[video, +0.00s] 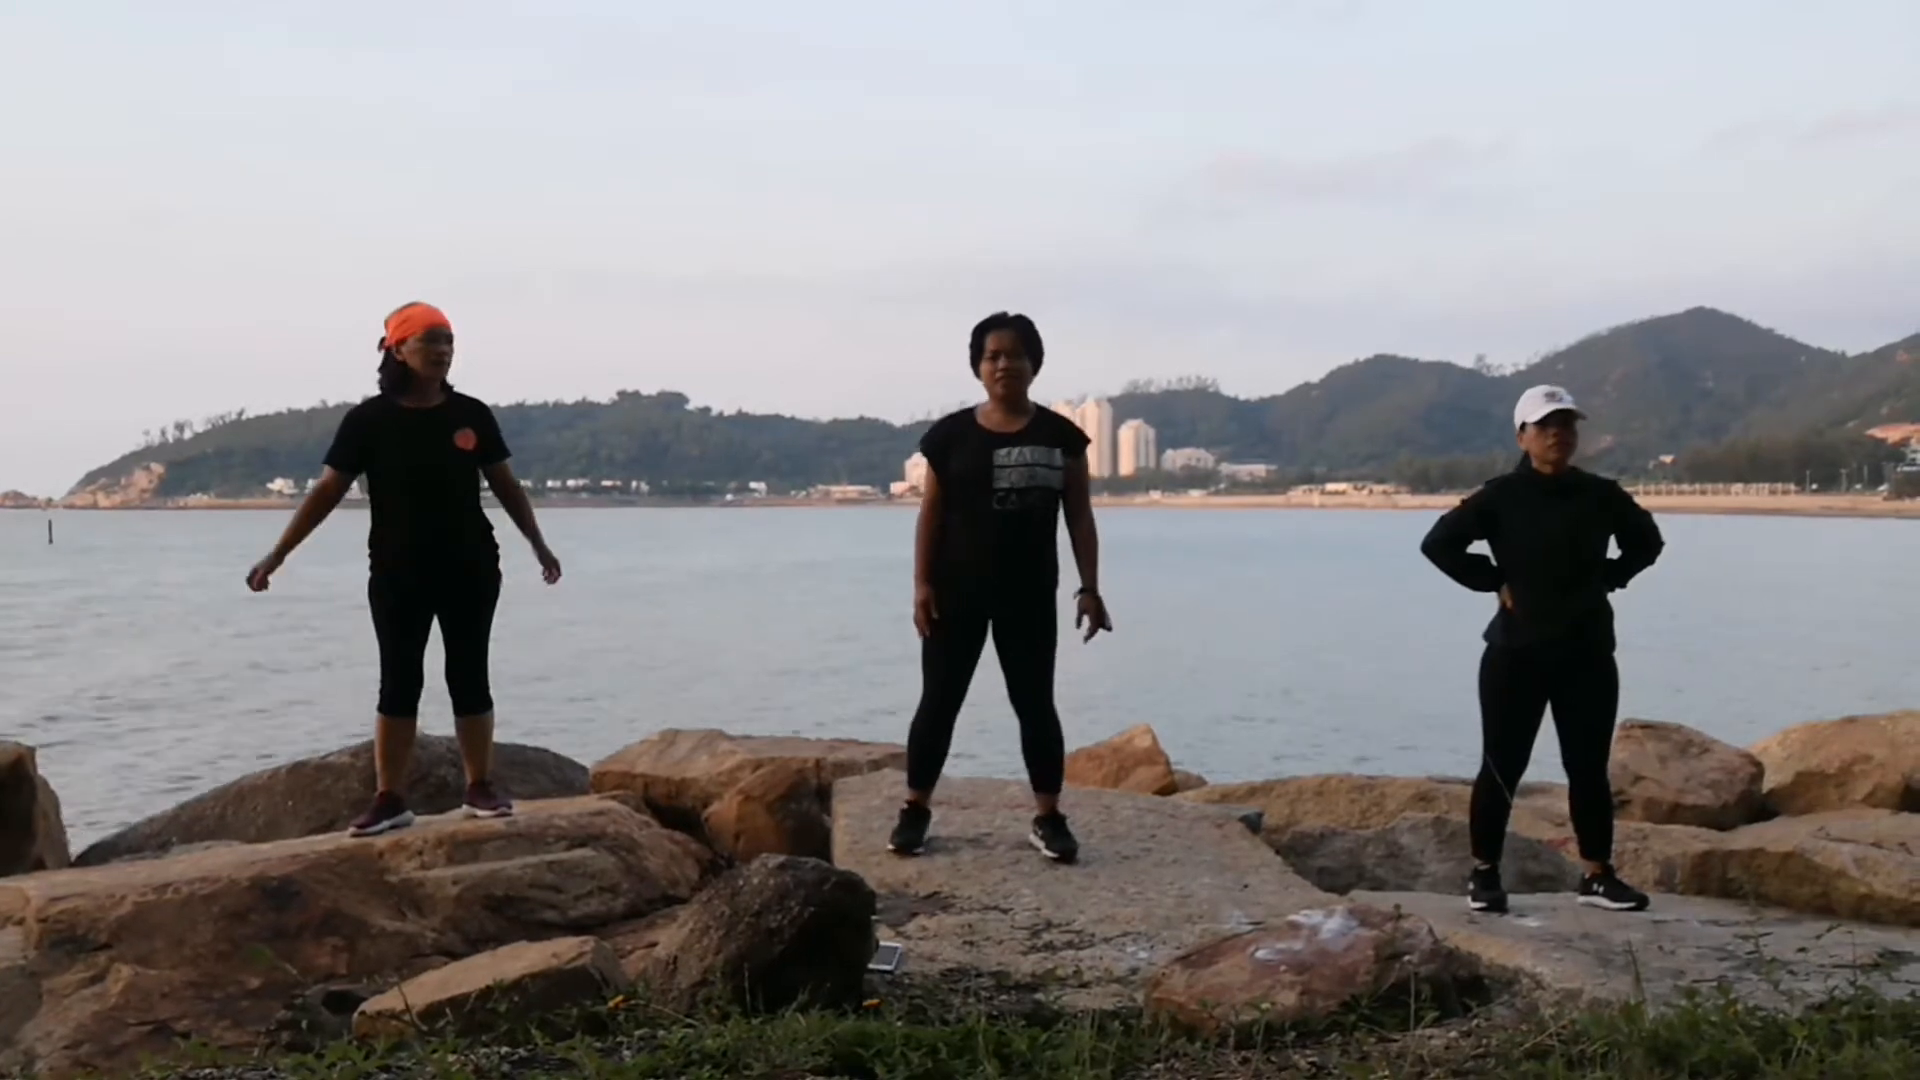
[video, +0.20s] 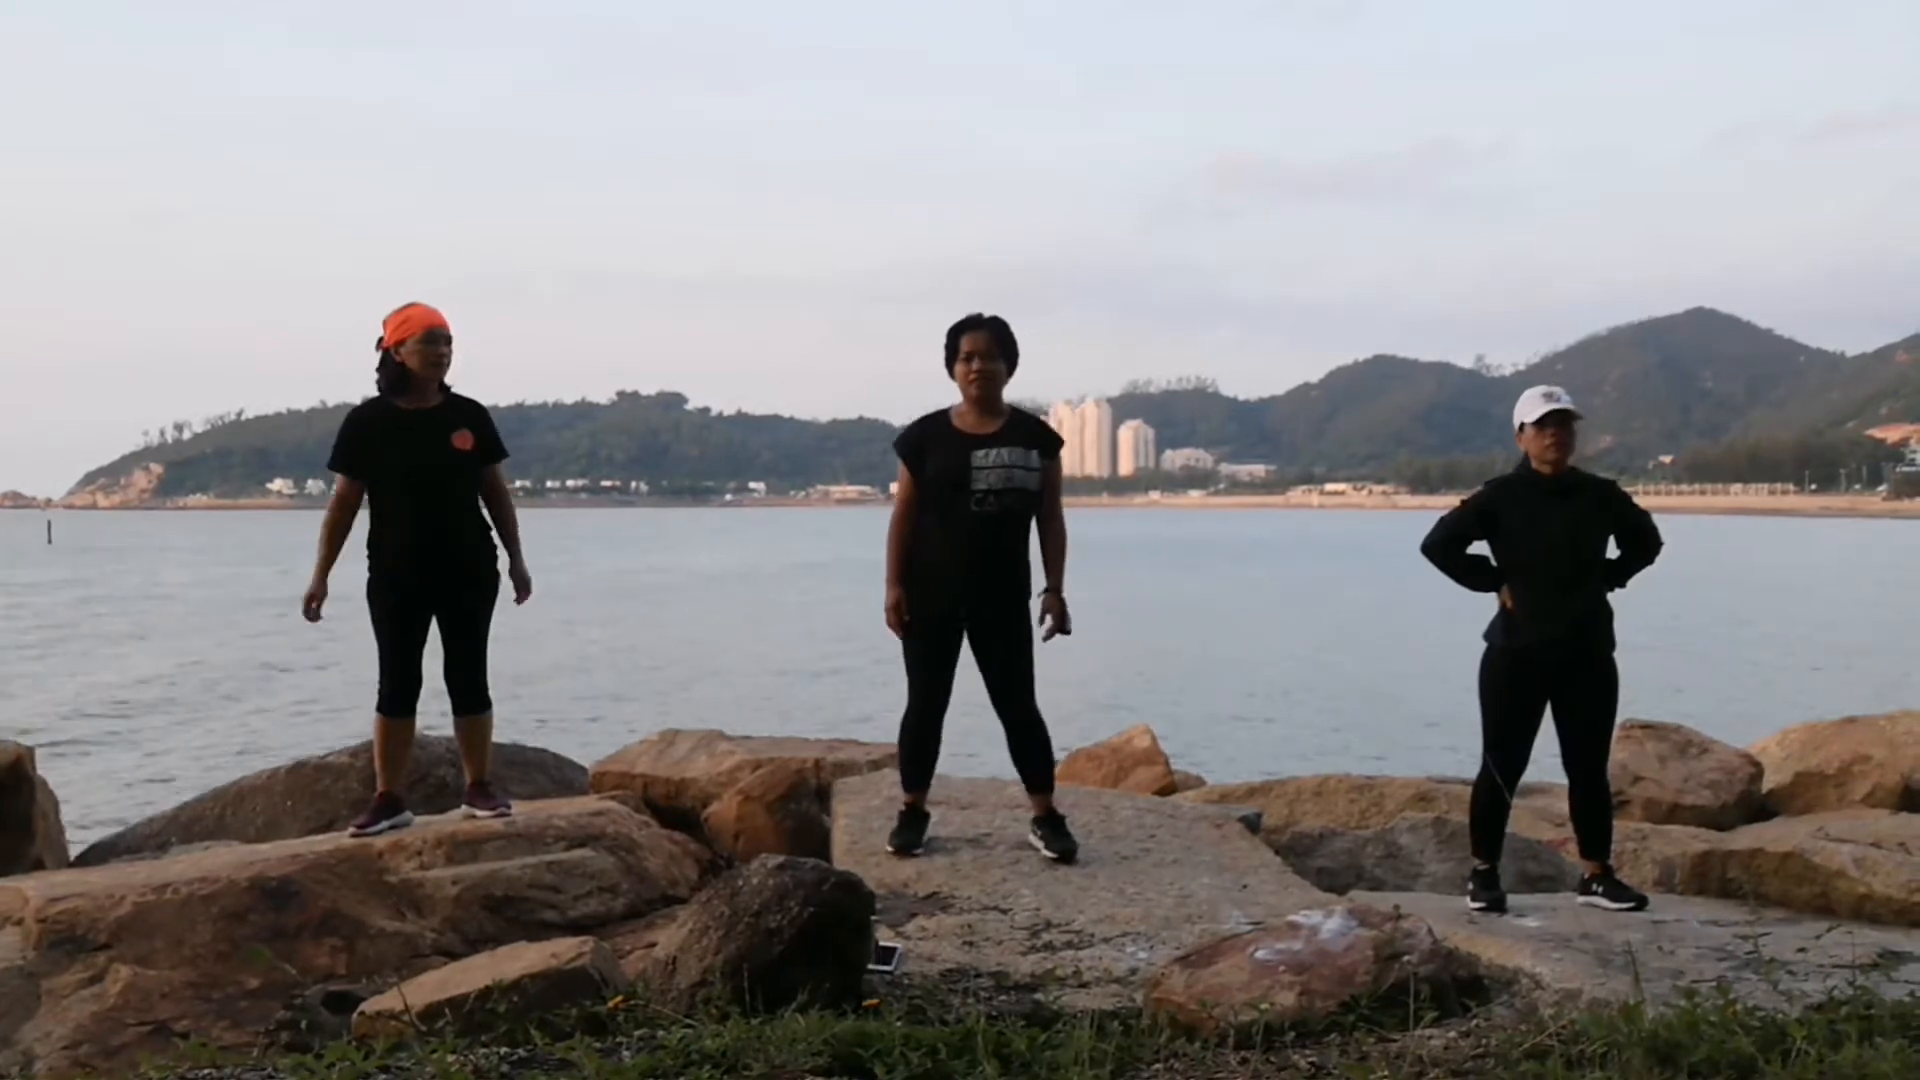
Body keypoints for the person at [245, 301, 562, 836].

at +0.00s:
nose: (443, 349)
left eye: (448, 340)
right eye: (431, 340)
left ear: (452, 348)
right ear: (399, 349)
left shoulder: (472, 416)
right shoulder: (368, 420)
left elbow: (505, 484)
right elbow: (326, 492)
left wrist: (538, 543)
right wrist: (276, 554)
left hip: (468, 570)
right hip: (398, 574)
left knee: (469, 680)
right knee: (398, 686)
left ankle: (480, 788)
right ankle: (388, 799)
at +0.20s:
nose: (444, 349)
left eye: (447, 341)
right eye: (431, 341)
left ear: (450, 349)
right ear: (398, 351)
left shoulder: (470, 416)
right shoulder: (367, 422)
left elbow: (496, 492)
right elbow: (344, 503)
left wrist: (516, 558)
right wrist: (320, 576)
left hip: (467, 572)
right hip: (398, 576)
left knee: (469, 681)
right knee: (397, 687)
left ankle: (478, 787)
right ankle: (388, 798)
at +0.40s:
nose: (440, 351)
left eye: (443, 342)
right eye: (427, 343)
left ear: (446, 349)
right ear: (393, 352)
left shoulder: (466, 414)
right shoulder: (363, 423)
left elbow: (492, 484)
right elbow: (355, 503)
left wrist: (480, 535)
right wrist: (394, 554)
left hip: (464, 571)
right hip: (395, 574)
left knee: (467, 680)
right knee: (395, 686)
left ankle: (477, 789)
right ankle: (387, 798)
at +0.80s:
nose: (435, 352)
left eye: (438, 343)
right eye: (422, 344)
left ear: (441, 350)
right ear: (388, 354)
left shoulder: (462, 416)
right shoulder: (361, 425)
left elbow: (490, 492)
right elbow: (340, 506)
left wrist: (507, 556)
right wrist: (321, 580)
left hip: (462, 573)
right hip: (393, 578)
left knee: (465, 683)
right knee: (393, 690)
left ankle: (476, 789)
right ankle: (385, 799)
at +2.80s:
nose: (429, 357)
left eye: (433, 347)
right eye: (417, 348)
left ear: (438, 352)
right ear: (383, 356)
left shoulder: (457, 418)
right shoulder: (354, 426)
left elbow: (490, 490)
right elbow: (328, 508)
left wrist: (514, 550)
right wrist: (309, 578)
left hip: (455, 575)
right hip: (385, 579)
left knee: (457, 683)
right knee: (384, 691)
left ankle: (466, 791)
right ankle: (376, 802)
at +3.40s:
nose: (427, 357)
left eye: (430, 347)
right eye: (414, 348)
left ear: (434, 353)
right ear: (380, 356)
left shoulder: (453, 420)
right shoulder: (349, 426)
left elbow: (481, 493)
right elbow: (341, 508)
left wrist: (473, 545)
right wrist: (371, 565)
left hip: (448, 575)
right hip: (380, 578)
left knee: (453, 685)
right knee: (380, 692)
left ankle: (463, 792)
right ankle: (373, 802)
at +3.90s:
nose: (423, 359)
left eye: (428, 349)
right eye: (411, 349)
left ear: (433, 356)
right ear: (378, 356)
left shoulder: (451, 423)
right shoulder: (347, 427)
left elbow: (484, 492)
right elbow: (319, 505)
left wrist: (510, 553)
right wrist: (292, 577)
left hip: (447, 578)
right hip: (376, 581)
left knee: (449, 686)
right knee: (377, 694)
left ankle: (459, 794)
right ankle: (370, 804)